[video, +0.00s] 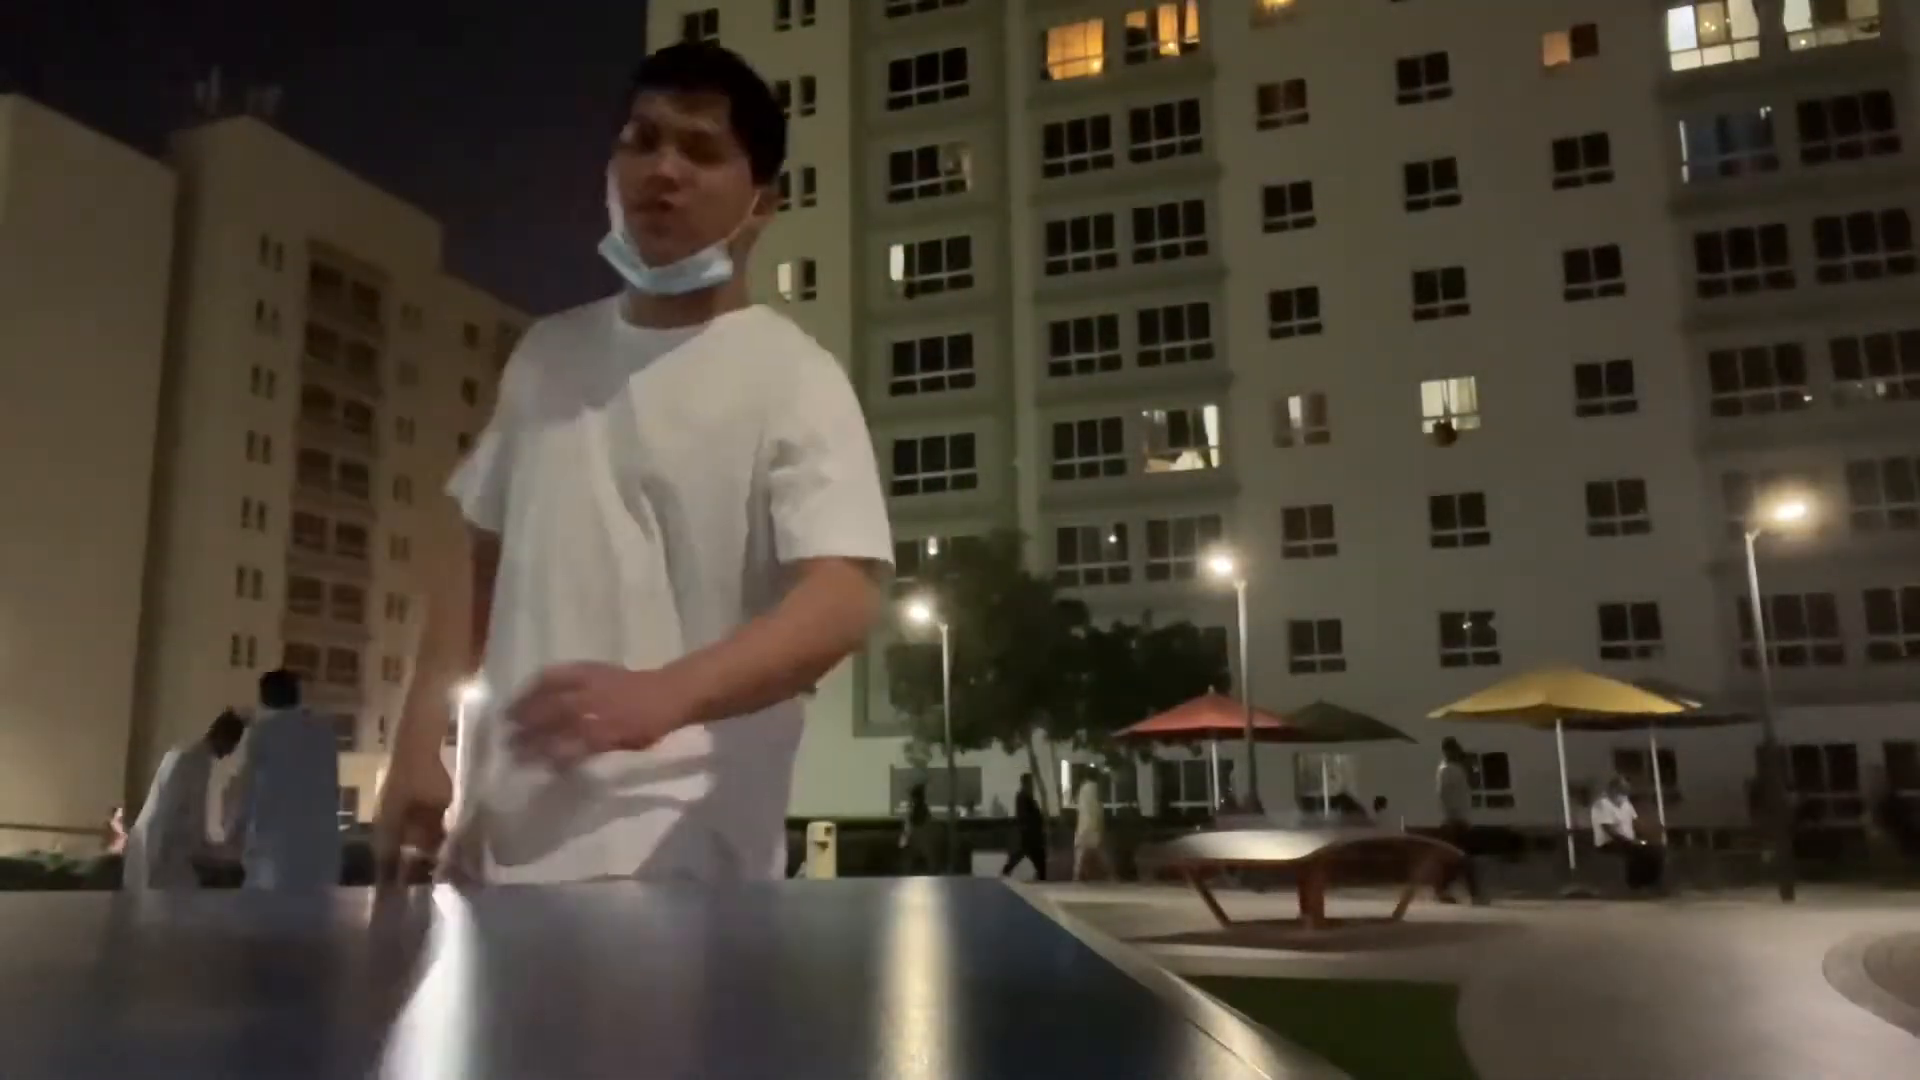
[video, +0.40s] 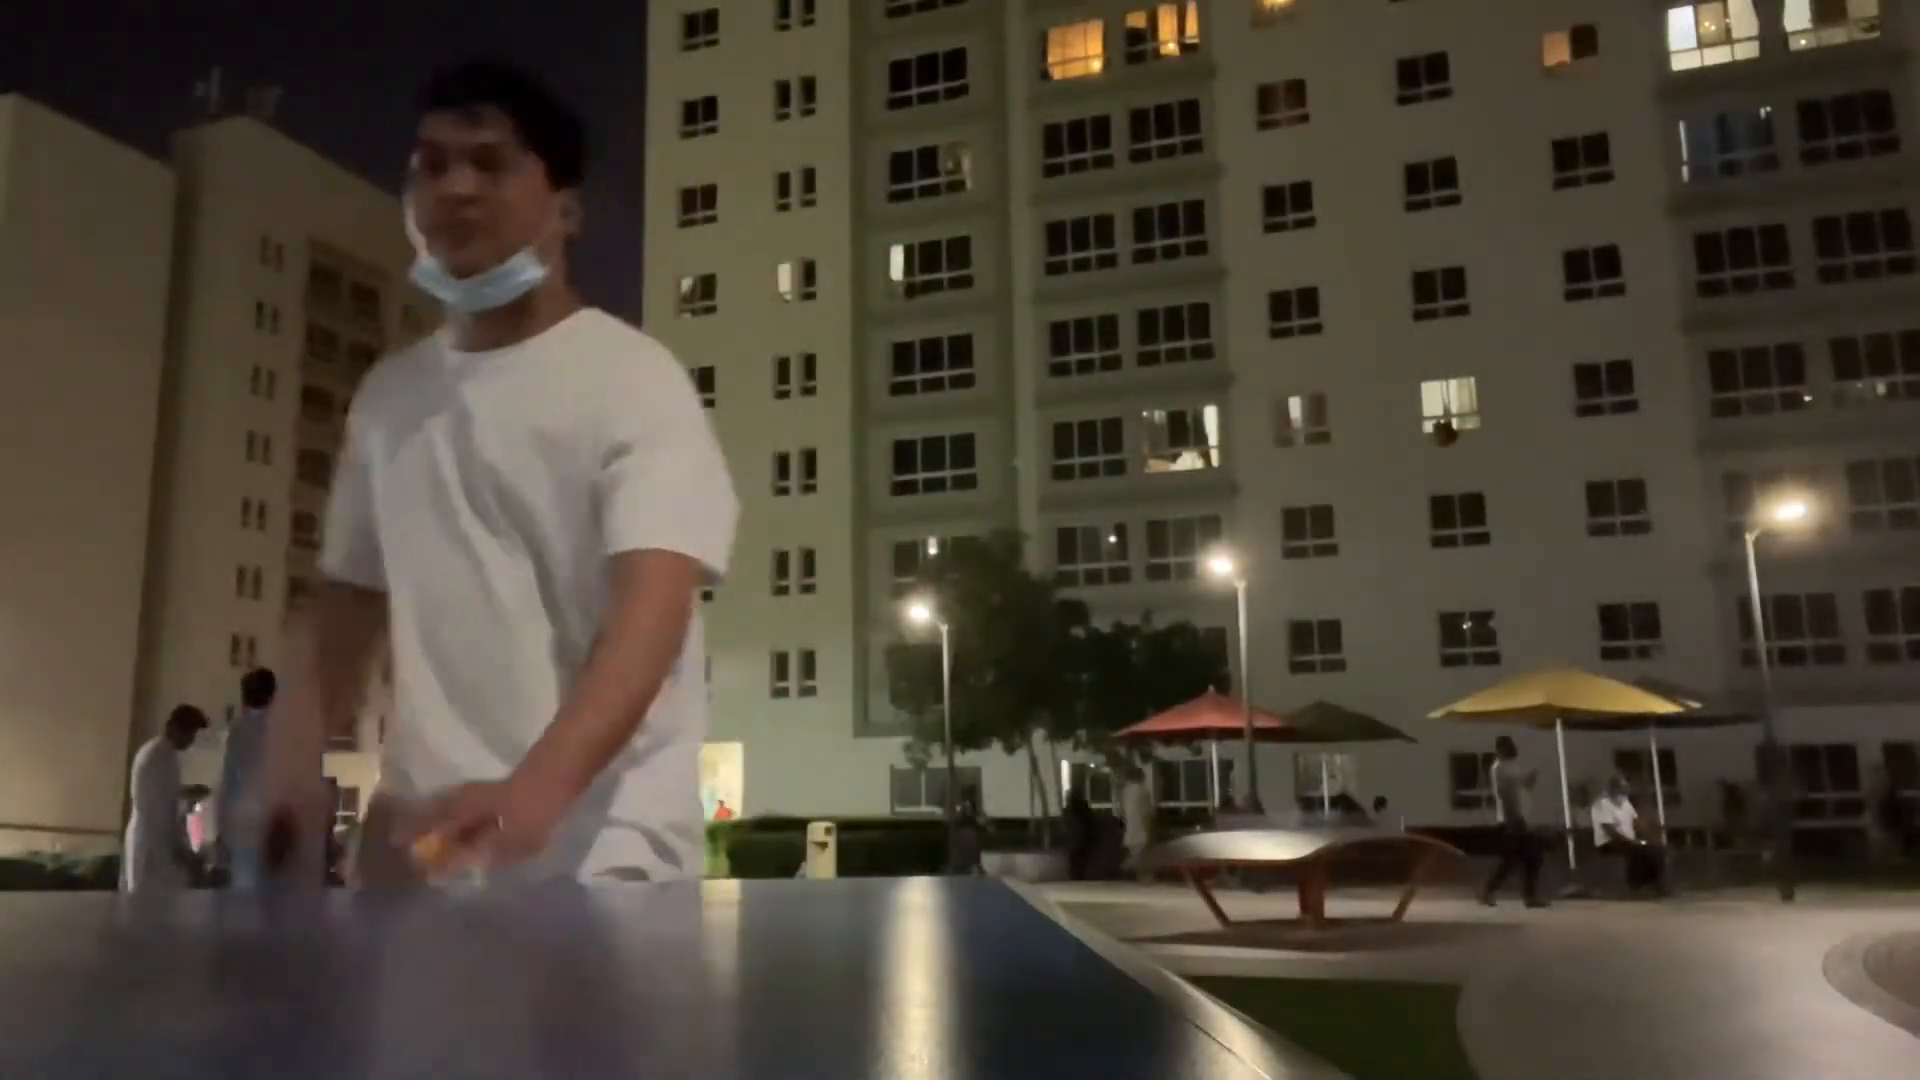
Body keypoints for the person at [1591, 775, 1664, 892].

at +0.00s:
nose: (1623, 798)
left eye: (1625, 794)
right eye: (1620, 793)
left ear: (1626, 792)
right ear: (1613, 791)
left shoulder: (1625, 802)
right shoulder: (1602, 805)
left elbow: (1635, 821)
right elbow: (1608, 829)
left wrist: (1647, 834)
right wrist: (1632, 842)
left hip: (1628, 841)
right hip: (1609, 844)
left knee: (1653, 850)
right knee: (1638, 854)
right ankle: (1635, 886)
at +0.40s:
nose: (1625, 790)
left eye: (1625, 786)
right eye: (1622, 787)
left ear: (1627, 788)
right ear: (1613, 788)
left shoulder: (1624, 801)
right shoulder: (1602, 804)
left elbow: (1635, 820)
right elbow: (1609, 829)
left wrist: (1649, 832)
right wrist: (1632, 842)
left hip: (1628, 840)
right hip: (1609, 843)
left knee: (1655, 850)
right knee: (1639, 853)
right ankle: (1635, 887)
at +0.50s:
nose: (1625, 791)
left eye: (1625, 788)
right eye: (1622, 788)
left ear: (1627, 788)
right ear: (1613, 788)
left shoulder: (1624, 801)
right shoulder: (1602, 804)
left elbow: (1635, 820)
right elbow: (1609, 829)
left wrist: (1648, 832)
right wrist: (1633, 842)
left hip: (1629, 840)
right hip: (1609, 844)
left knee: (1655, 850)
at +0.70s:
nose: (1624, 797)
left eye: (1625, 792)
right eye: (1621, 792)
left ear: (1627, 791)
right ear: (1612, 791)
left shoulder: (1624, 803)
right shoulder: (1601, 805)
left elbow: (1636, 821)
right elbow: (1610, 830)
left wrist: (1649, 834)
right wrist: (1632, 842)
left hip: (1629, 840)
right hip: (1609, 843)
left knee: (1656, 850)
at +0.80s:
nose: (1623, 798)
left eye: (1625, 794)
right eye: (1620, 794)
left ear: (1626, 792)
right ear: (1612, 792)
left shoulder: (1624, 802)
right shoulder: (1602, 804)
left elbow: (1636, 820)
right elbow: (1609, 829)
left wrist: (1647, 834)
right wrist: (1631, 842)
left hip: (1629, 840)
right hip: (1609, 843)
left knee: (1655, 849)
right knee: (1638, 852)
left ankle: (1653, 887)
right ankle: (1638, 889)